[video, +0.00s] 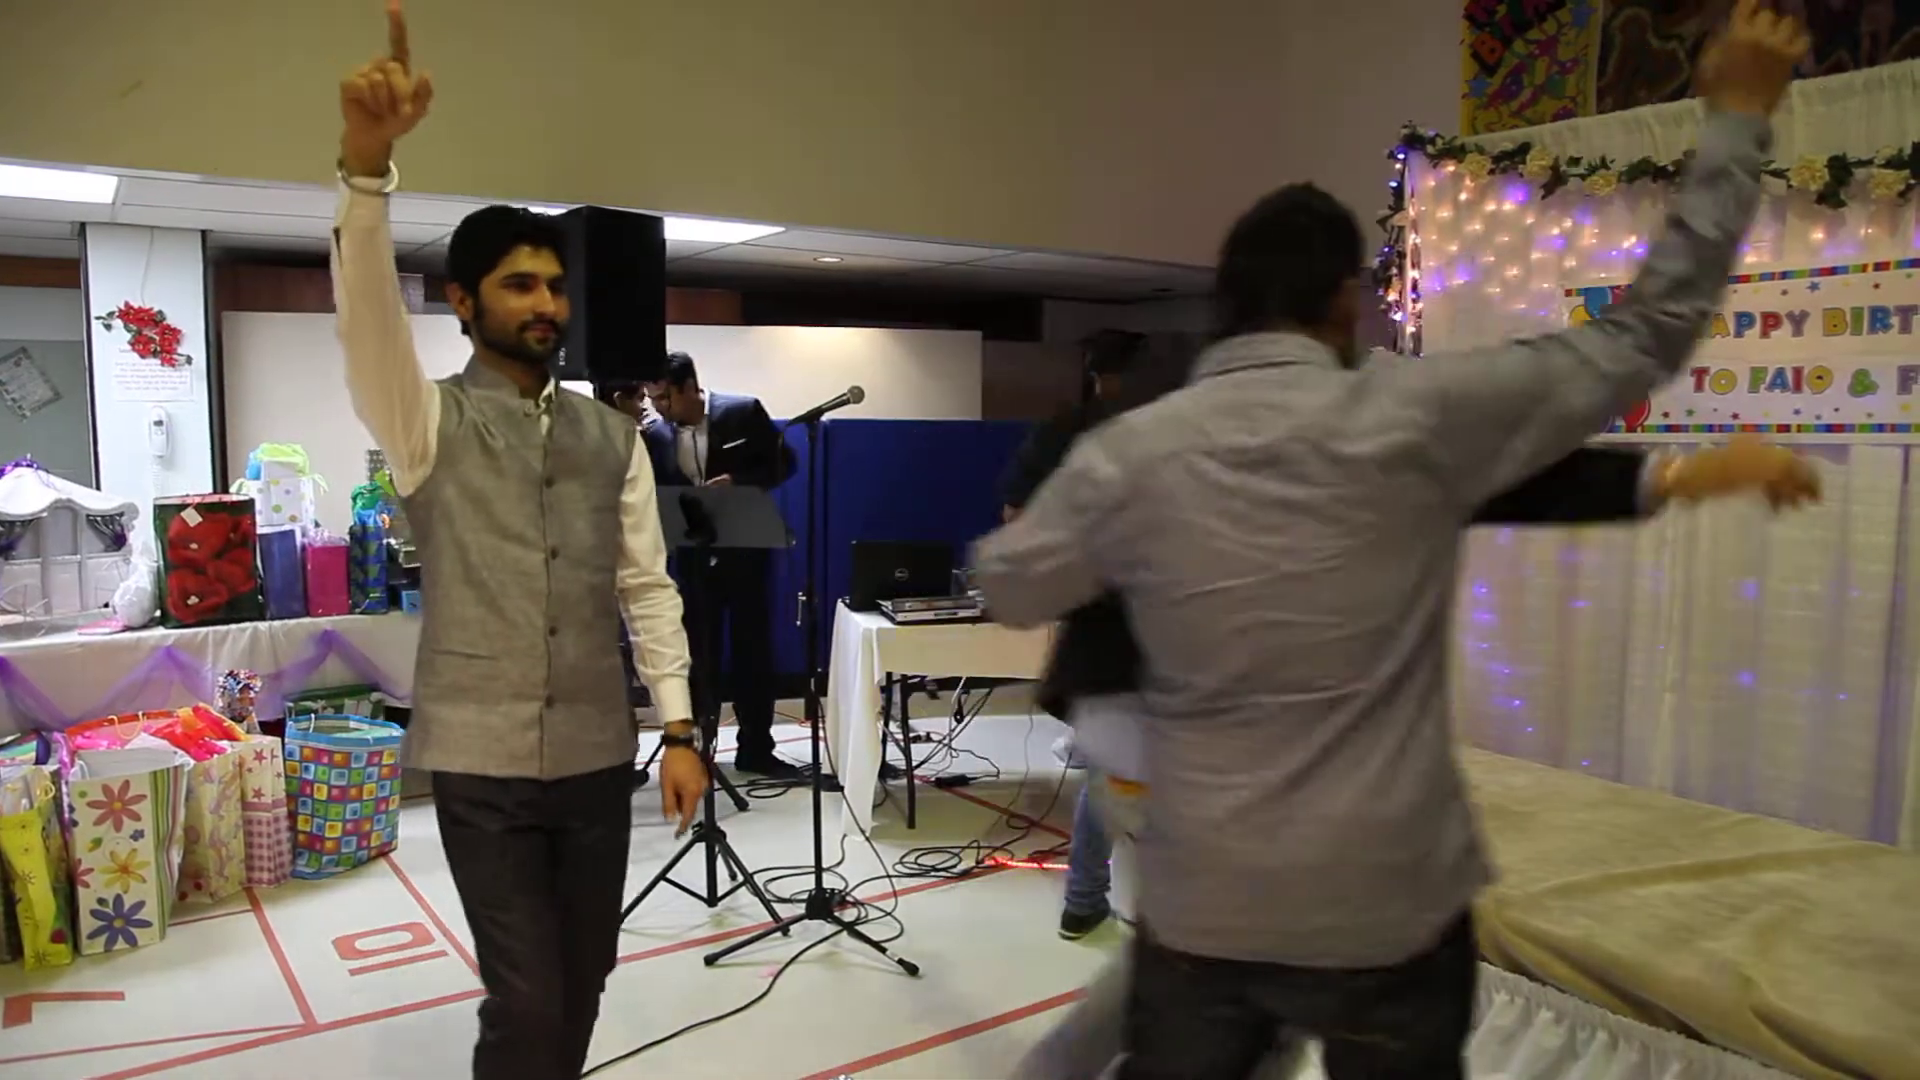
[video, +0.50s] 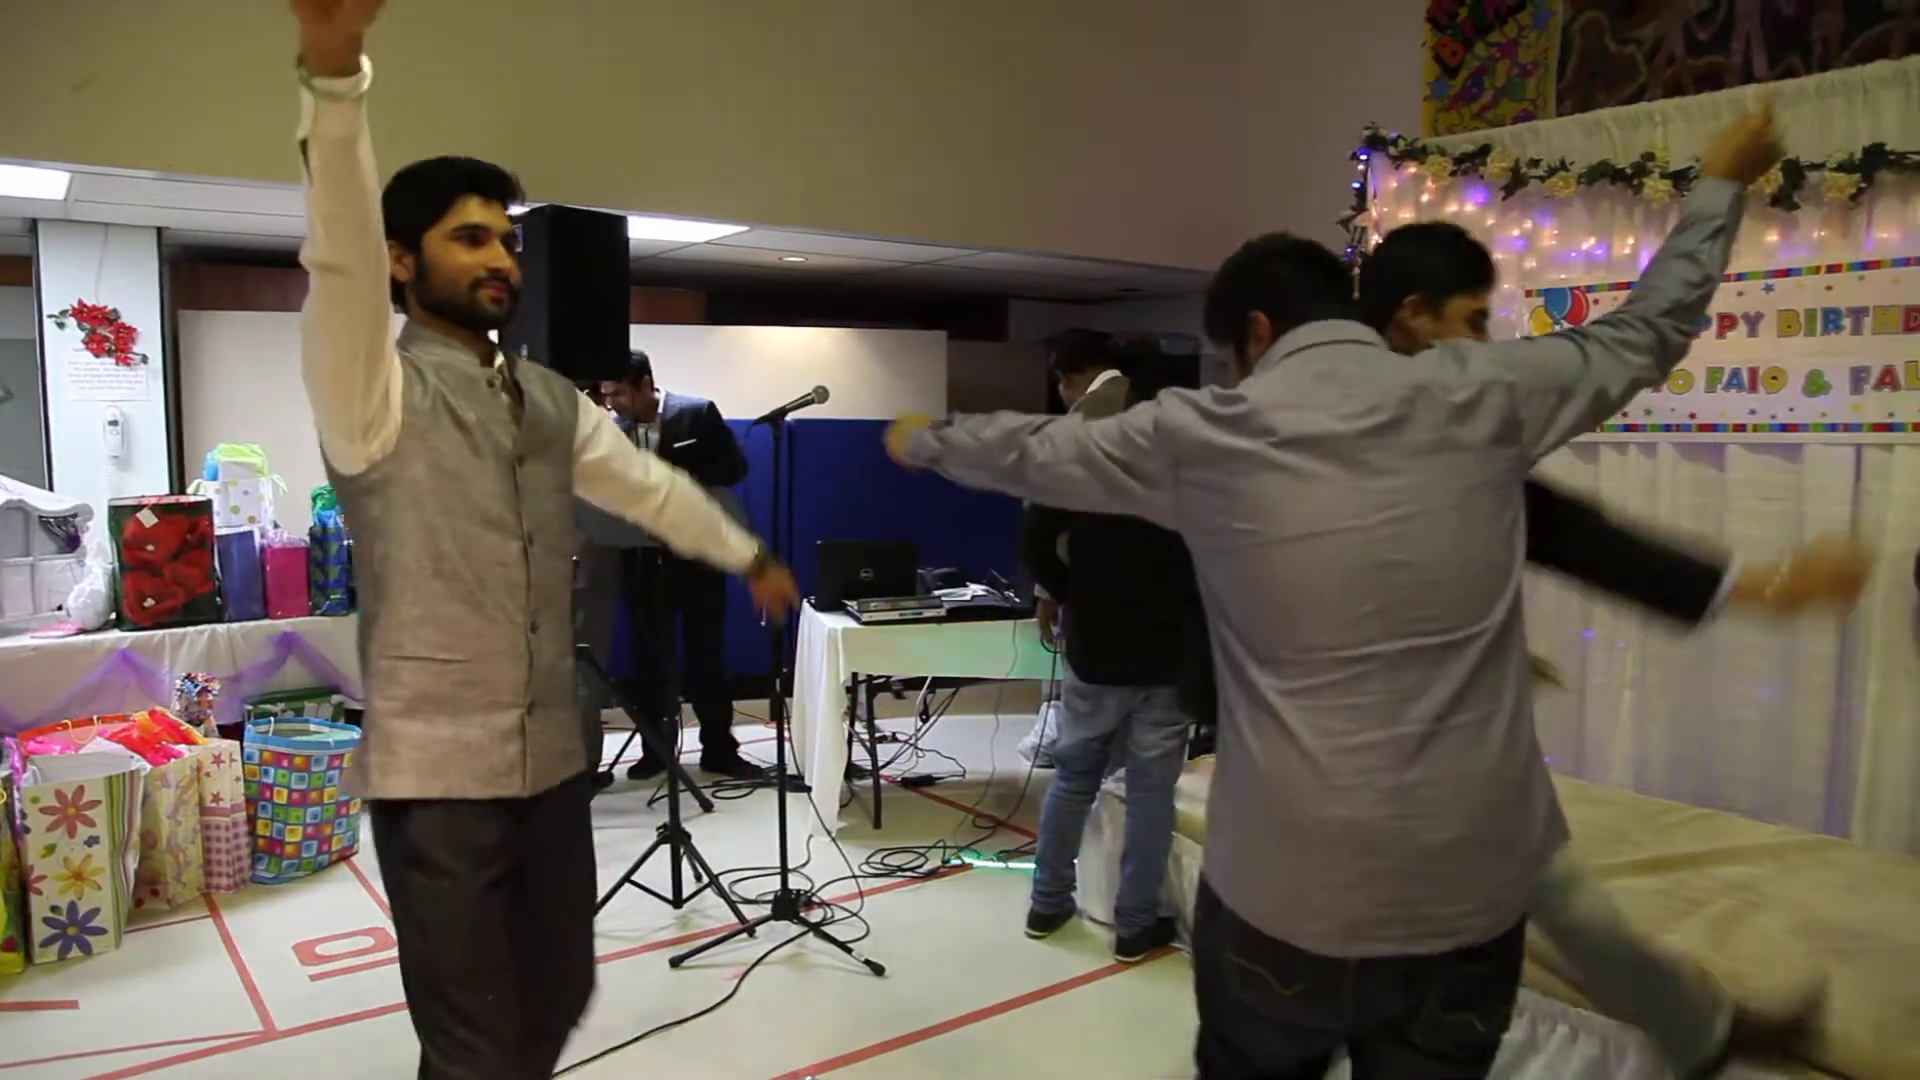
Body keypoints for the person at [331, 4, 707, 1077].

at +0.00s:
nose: (544, 305)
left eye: (555, 288)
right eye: (519, 287)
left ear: (570, 306)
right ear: (463, 305)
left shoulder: (612, 436)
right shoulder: (427, 425)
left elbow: (649, 590)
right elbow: (367, 318)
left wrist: (678, 730)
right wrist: (366, 167)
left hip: (597, 764)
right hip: (480, 766)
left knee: (574, 1004)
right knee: (531, 1011)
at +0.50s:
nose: (501, 256)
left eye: (507, 240)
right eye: (471, 238)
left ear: (515, 261)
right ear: (405, 260)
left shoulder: (546, 395)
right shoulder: (373, 387)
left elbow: (646, 483)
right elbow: (346, 259)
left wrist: (750, 558)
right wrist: (332, 79)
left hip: (554, 759)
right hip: (438, 768)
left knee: (556, 1003)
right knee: (480, 1043)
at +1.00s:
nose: (504, 266)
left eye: (502, 245)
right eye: (477, 247)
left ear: (503, 262)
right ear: (398, 268)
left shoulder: (493, 399)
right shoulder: (367, 425)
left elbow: (587, 367)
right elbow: (407, 267)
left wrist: (675, 283)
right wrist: (463, 47)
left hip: (535, 819)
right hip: (443, 843)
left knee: (639, 1046)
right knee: (504, 1072)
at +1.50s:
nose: (530, 261)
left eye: (531, 239)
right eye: (502, 233)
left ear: (529, 258)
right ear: (432, 244)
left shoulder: (505, 382)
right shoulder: (384, 410)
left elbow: (587, 323)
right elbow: (421, 242)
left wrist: (670, 223)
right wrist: (482, 26)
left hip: (561, 827)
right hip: (463, 851)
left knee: (622, 1065)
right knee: (479, 1074)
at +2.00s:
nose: (596, 254)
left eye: (591, 229)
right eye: (568, 226)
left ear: (568, 241)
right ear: (487, 233)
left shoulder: (569, 370)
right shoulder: (438, 403)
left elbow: (664, 299)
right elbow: (477, 227)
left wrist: (761, 188)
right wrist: (539, 16)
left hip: (619, 818)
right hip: (533, 845)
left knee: (653, 1067)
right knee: (599, 1074)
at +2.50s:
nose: (707, 232)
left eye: (698, 208)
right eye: (678, 213)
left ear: (648, 230)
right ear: (603, 226)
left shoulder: (693, 364)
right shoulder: (557, 401)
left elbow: (801, 293)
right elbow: (627, 206)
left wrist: (913, 183)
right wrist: (705, 3)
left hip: (725, 830)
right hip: (651, 853)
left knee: (706, 1064)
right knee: (733, 1071)